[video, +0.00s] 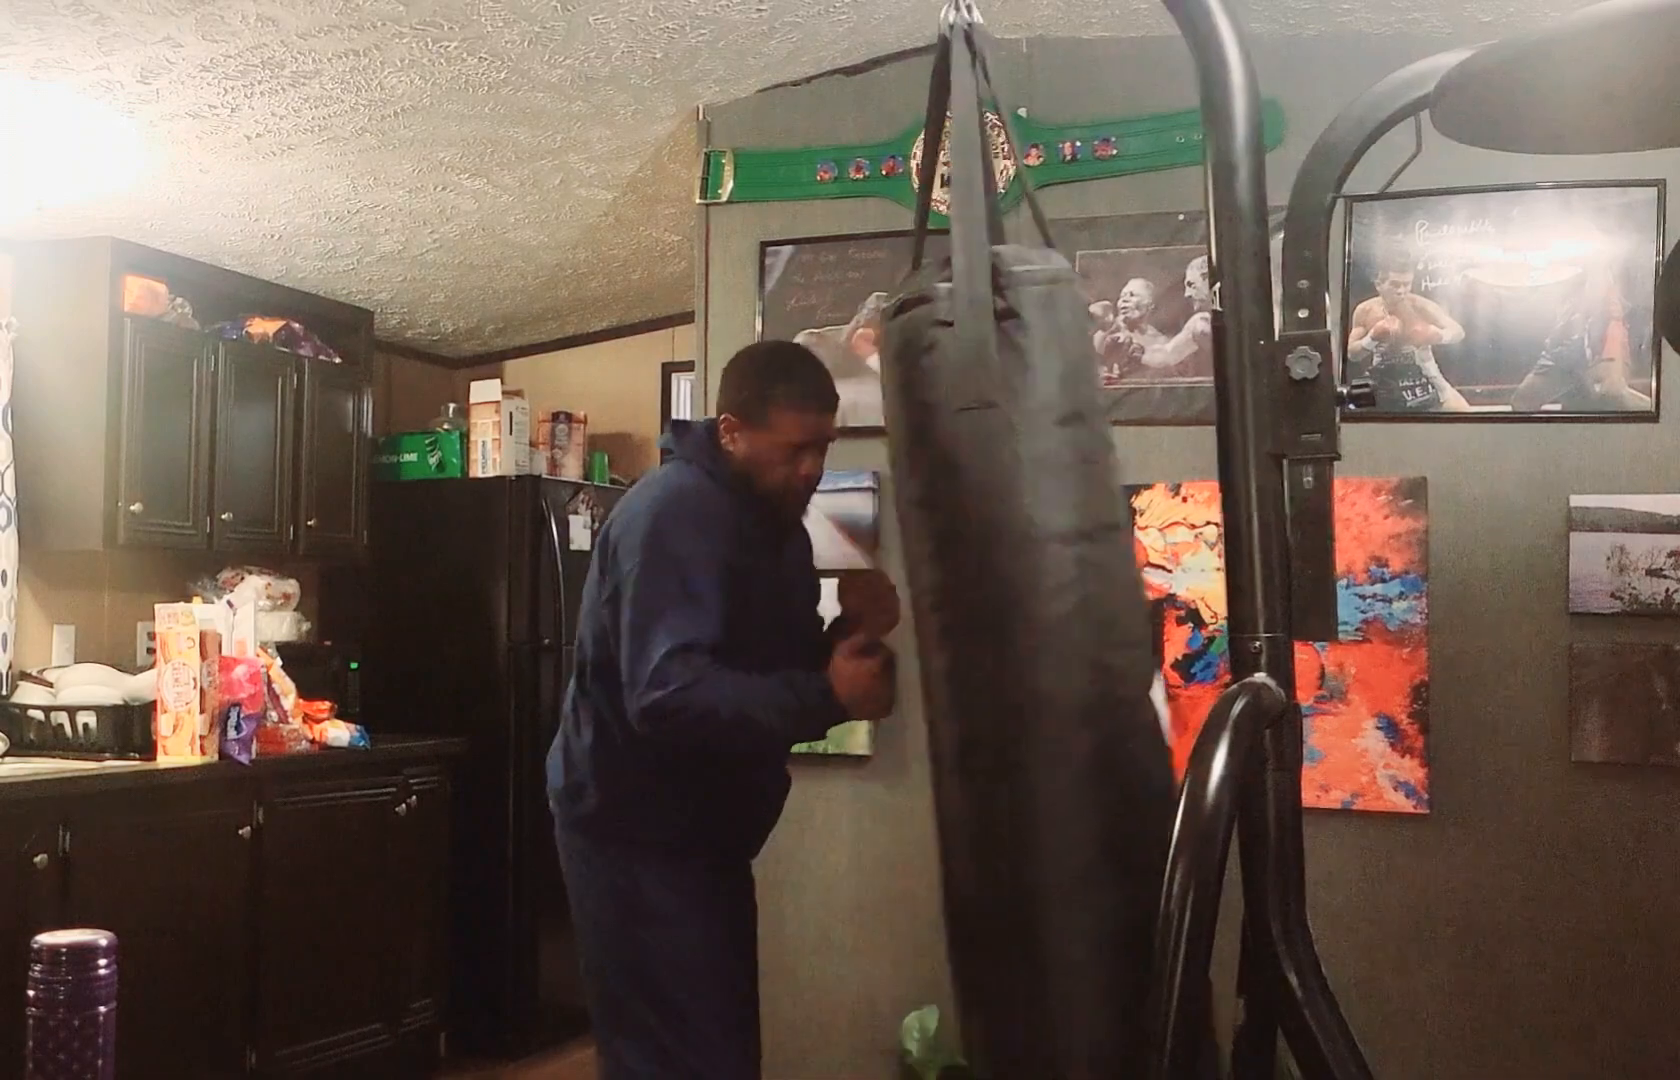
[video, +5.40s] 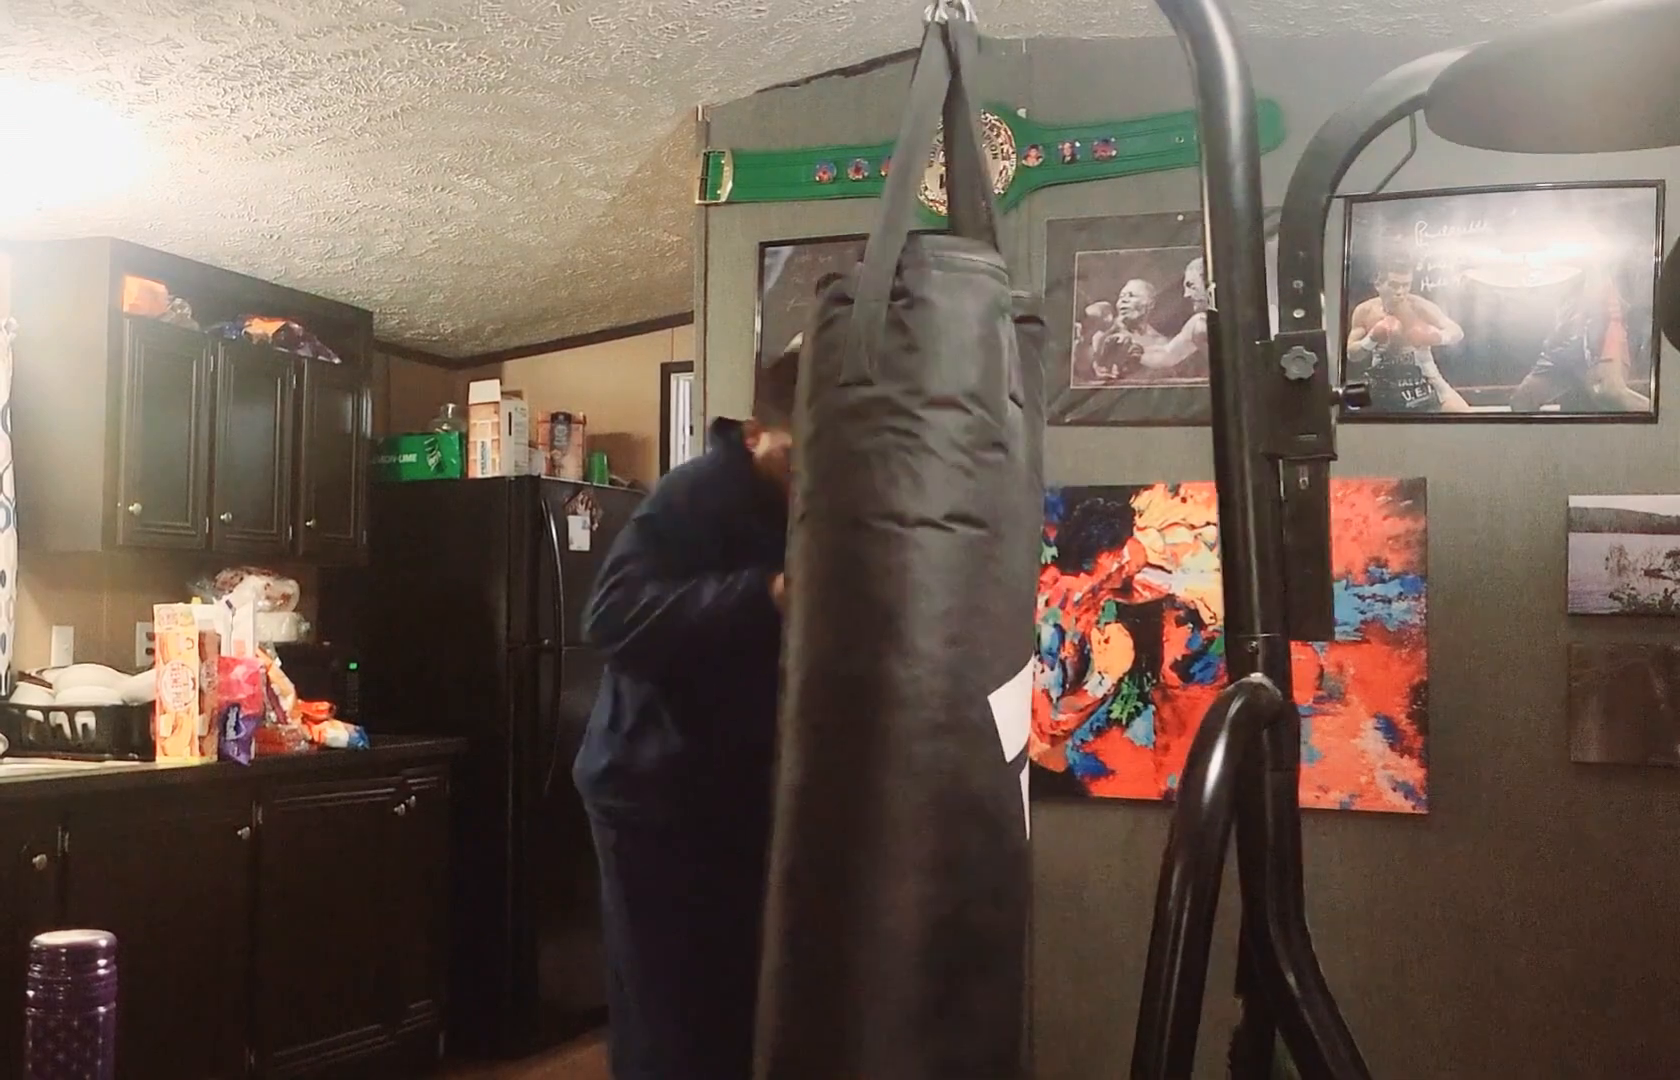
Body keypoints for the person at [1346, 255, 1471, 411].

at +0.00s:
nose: (1401, 291)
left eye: (1406, 285)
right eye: (1395, 285)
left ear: (1412, 283)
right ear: (1379, 284)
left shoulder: (1421, 305)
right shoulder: (1364, 311)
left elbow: (1458, 332)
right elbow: (1352, 355)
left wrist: (1436, 335)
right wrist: (1373, 338)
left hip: (1429, 385)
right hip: (1385, 389)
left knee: (1468, 419)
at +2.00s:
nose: (1402, 291)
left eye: (1406, 285)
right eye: (1395, 285)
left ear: (1411, 283)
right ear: (1379, 284)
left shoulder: (1421, 305)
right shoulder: (1365, 311)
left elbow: (1457, 332)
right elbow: (1353, 355)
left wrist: (1434, 336)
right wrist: (1373, 338)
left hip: (1428, 382)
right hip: (1385, 386)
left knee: (1468, 418)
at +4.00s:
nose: (1401, 291)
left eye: (1405, 285)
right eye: (1394, 285)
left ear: (1410, 284)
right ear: (1378, 285)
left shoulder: (1420, 306)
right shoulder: (1364, 311)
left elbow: (1457, 332)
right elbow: (1351, 355)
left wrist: (1434, 336)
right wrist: (1372, 338)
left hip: (1428, 383)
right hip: (1385, 387)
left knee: (1467, 419)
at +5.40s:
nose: (1400, 292)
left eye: (1405, 286)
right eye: (1394, 285)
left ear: (1411, 284)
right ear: (1378, 284)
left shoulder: (1421, 306)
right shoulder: (1364, 312)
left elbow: (1457, 332)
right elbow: (1351, 354)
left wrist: (1436, 337)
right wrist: (1373, 338)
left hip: (1426, 383)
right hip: (1382, 386)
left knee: (1467, 419)